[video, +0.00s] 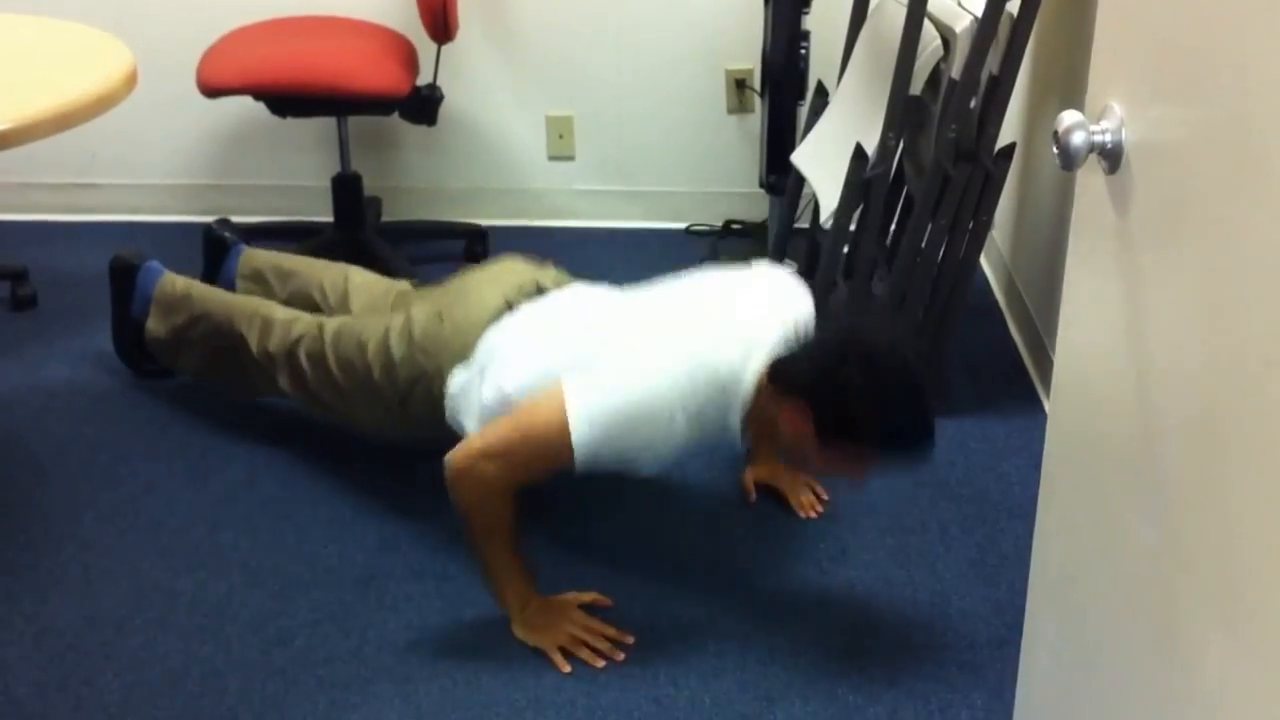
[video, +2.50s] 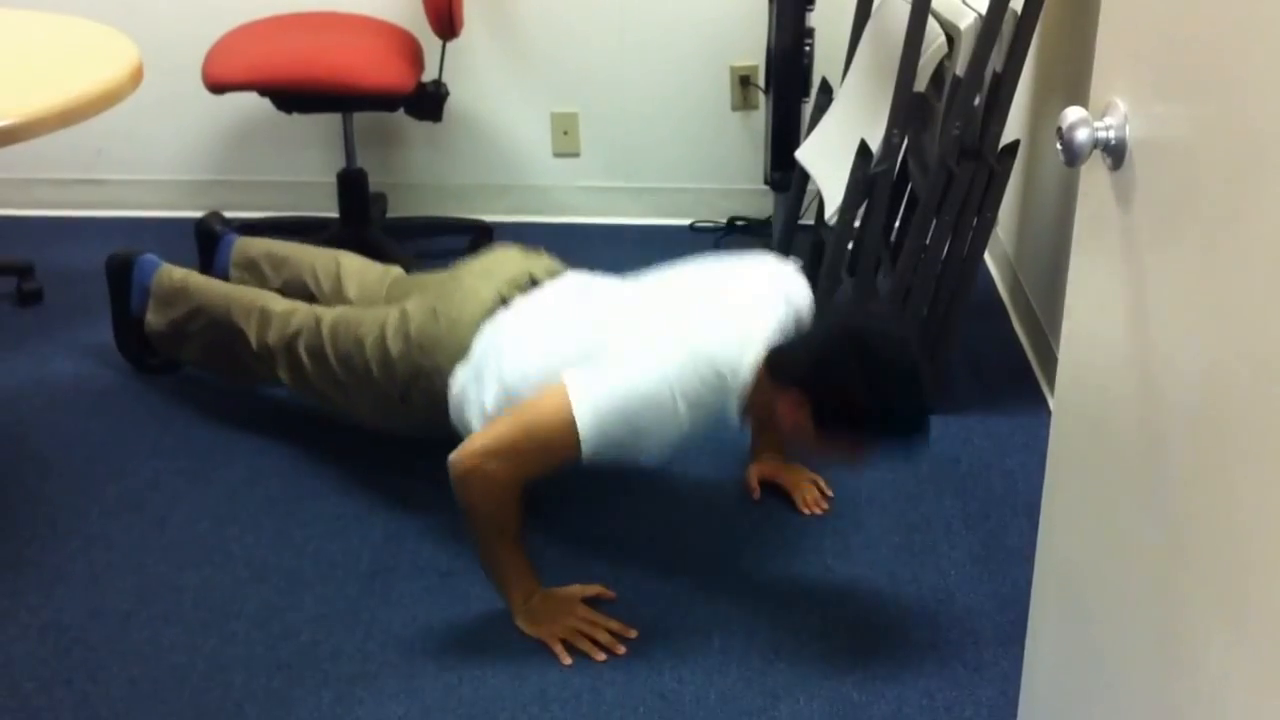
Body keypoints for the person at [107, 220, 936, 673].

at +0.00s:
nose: (837, 471)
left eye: (850, 467)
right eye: (843, 460)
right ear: (803, 421)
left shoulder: (785, 295)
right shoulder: (663, 394)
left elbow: (747, 372)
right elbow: (472, 469)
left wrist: (762, 447)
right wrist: (527, 607)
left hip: (536, 288)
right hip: (466, 364)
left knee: (382, 297)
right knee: (296, 353)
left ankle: (246, 257)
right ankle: (158, 307)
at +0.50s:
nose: (838, 395)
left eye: (857, 387)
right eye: (842, 380)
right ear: (791, 340)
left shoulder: (770, 248)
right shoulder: (644, 345)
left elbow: (765, 357)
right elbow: (493, 462)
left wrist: (762, 454)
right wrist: (527, 606)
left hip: (522, 255)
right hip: (462, 325)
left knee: (375, 282)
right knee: (295, 337)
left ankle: (245, 250)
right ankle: (157, 308)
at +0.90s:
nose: (841, 513)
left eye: (856, 501)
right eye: (843, 498)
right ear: (804, 454)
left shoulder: (788, 320)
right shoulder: (663, 436)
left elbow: (695, 321)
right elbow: (473, 481)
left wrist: (751, 443)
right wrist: (527, 606)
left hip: (538, 301)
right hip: (461, 379)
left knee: (391, 305)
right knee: (292, 355)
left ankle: (242, 254)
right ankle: (161, 304)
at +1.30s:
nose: (824, 400)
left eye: (840, 392)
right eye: (825, 385)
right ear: (779, 345)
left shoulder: (766, 251)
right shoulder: (636, 350)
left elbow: (762, 357)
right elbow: (482, 468)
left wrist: (763, 453)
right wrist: (527, 604)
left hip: (518, 253)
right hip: (455, 325)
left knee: (373, 277)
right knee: (294, 332)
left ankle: (238, 248)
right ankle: (155, 303)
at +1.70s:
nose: (818, 471)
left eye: (830, 469)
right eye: (825, 461)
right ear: (795, 428)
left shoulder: (781, 299)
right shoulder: (659, 409)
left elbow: (756, 371)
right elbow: (468, 474)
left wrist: (766, 446)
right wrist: (527, 602)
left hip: (532, 290)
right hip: (457, 369)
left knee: (384, 296)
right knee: (290, 351)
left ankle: (238, 250)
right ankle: (156, 300)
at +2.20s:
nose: (819, 358)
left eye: (835, 349)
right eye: (823, 344)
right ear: (779, 314)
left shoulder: (762, 222)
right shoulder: (628, 318)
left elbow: (763, 340)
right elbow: (504, 452)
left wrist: (766, 451)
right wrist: (527, 595)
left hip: (509, 242)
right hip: (452, 315)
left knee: (367, 269)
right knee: (286, 332)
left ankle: (232, 246)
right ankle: (150, 303)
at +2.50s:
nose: (829, 452)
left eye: (845, 449)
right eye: (837, 443)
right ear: (800, 404)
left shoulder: (782, 287)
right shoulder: (669, 383)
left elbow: (757, 371)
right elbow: (478, 468)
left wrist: (764, 446)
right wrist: (529, 600)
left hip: (529, 277)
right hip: (463, 358)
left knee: (374, 283)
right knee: (292, 344)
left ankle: (233, 245)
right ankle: (154, 299)